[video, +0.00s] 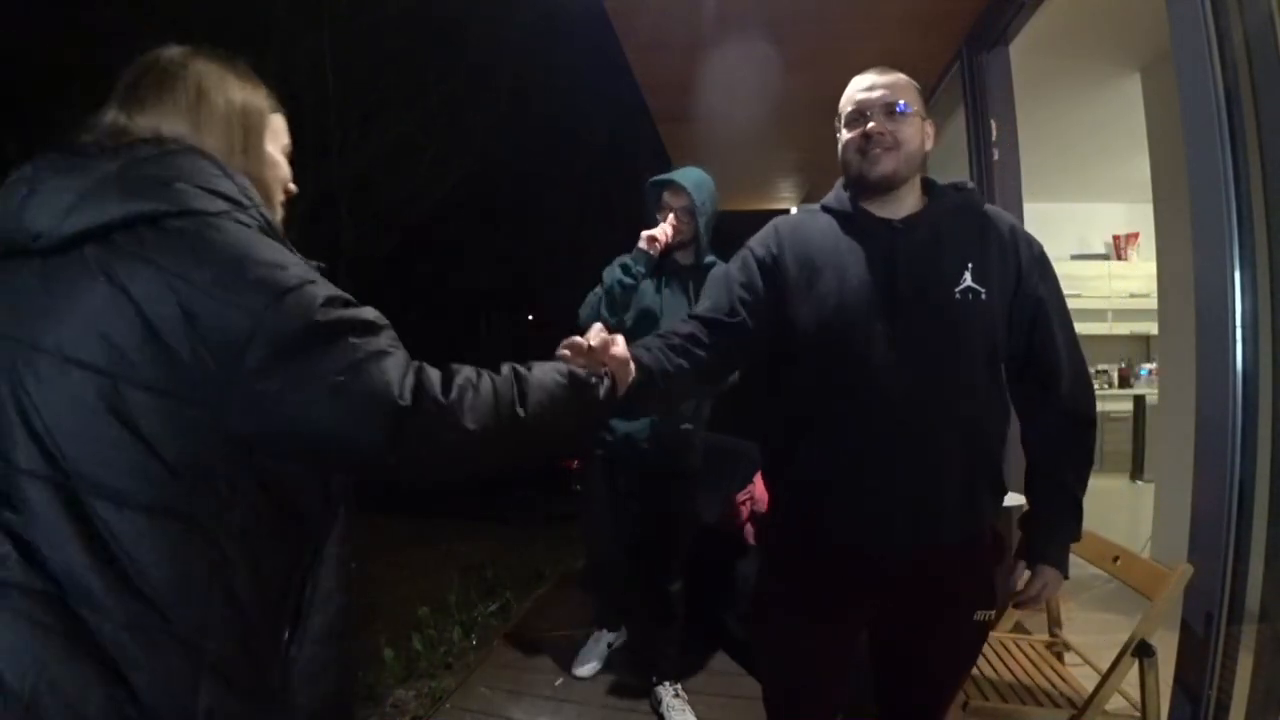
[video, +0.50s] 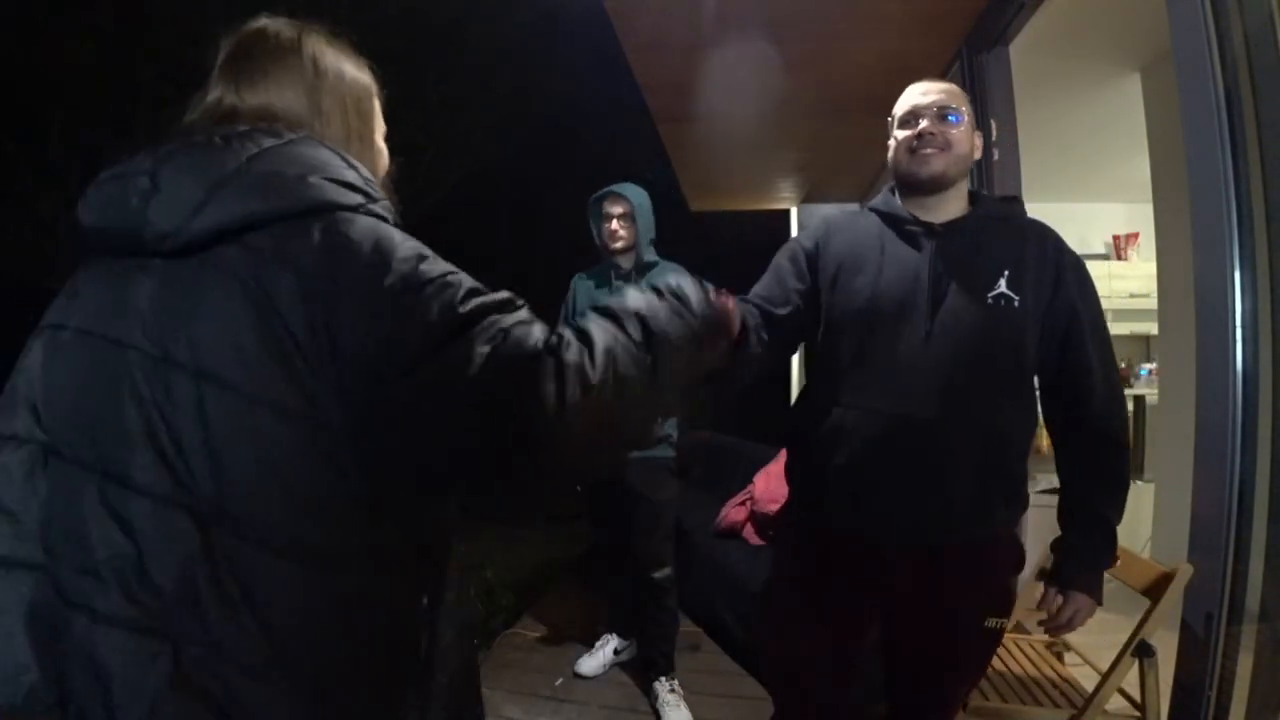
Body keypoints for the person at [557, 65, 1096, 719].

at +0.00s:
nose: (872, 125)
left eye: (892, 110)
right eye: (855, 117)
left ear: (930, 134)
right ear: (837, 145)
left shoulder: (1001, 248)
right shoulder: (786, 244)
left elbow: (1060, 405)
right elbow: (702, 340)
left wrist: (1049, 545)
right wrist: (632, 367)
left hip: (951, 549)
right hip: (813, 546)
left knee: (916, 709)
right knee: (806, 708)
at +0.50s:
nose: (925, 125)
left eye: (947, 115)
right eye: (908, 119)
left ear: (982, 143)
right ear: (887, 149)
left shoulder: (1037, 255)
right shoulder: (828, 238)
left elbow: (1092, 415)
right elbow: (758, 329)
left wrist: (1083, 553)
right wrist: (716, 329)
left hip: (966, 551)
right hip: (829, 539)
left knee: (927, 705)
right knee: (816, 703)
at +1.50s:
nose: (912, 132)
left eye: (930, 122)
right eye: (894, 126)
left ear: (957, 153)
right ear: (869, 158)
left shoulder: (1018, 255)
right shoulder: (821, 249)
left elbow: (1081, 419)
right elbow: (740, 344)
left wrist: (1063, 569)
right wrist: (673, 419)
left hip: (951, 542)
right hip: (821, 532)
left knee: (916, 703)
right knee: (813, 699)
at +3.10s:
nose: (899, 79)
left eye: (930, 63)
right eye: (883, 69)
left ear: (974, 97)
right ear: (860, 97)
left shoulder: (1035, 206)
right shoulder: (801, 217)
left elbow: (1116, 432)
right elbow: (735, 374)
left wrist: (1016, 644)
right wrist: (730, 506)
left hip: (939, 595)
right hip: (777, 581)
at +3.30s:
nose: (910, 77)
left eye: (939, 66)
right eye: (890, 66)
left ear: (970, 107)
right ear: (858, 102)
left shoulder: (1038, 216)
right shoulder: (785, 226)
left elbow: (1086, 440)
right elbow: (722, 391)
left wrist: (973, 617)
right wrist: (737, 525)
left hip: (936, 611)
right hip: (783, 593)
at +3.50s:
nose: (884, 94)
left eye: (904, 81)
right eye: (859, 81)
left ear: (930, 117)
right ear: (820, 125)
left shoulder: (1013, 226)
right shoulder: (758, 249)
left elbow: (1071, 419)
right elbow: (703, 429)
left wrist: (975, 585)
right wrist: (741, 574)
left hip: (944, 615)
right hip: (793, 613)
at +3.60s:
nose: (862, 99)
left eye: (881, 86)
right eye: (835, 91)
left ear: (912, 118)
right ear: (803, 135)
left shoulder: (1005, 228)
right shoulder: (750, 259)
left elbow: (1074, 418)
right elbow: (702, 440)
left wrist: (978, 586)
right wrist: (743, 584)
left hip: (944, 618)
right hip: (794, 618)